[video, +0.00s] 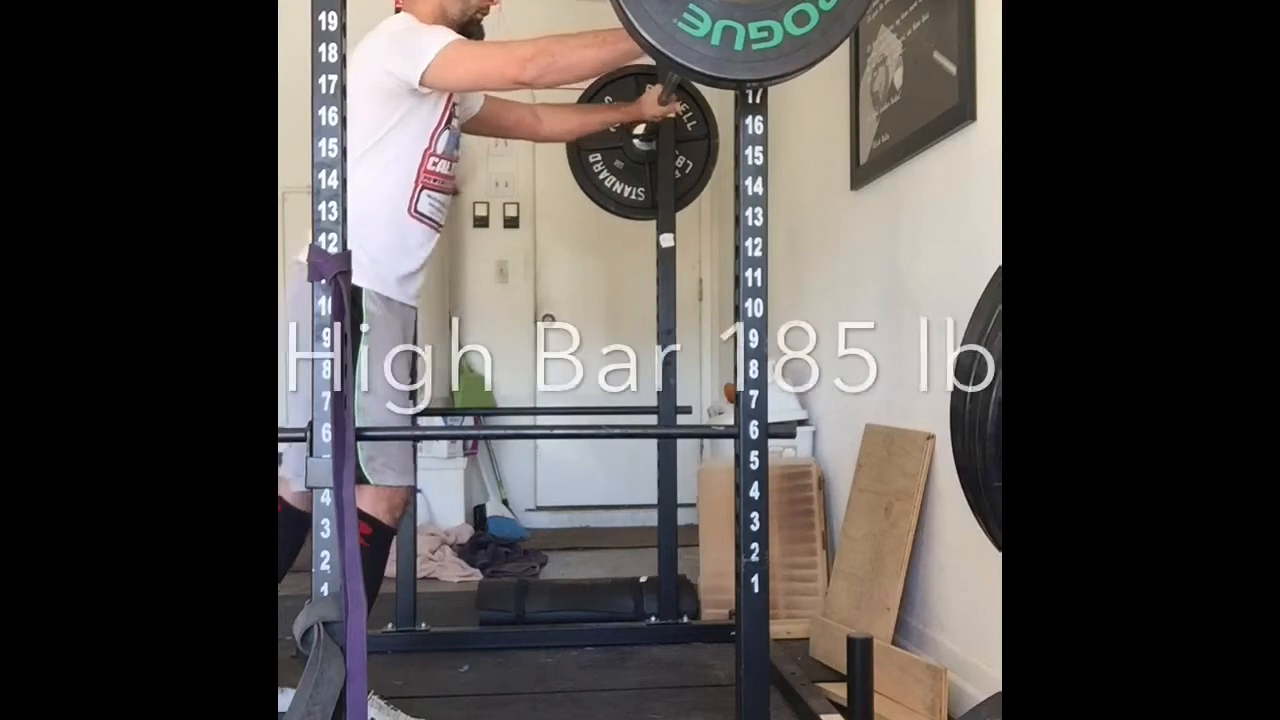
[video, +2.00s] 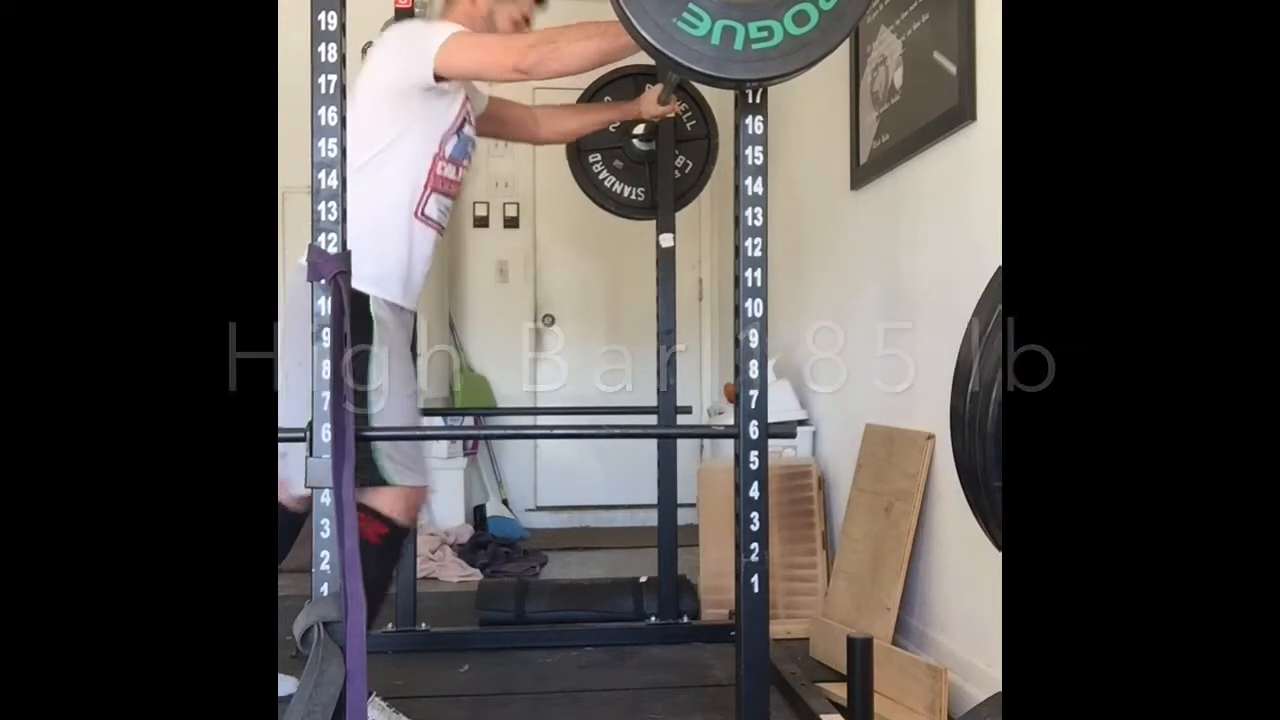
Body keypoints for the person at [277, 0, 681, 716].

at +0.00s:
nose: (492, 7)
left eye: (491, 2)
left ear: (420, 1)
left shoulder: (426, 73)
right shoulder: (400, 41)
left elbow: (529, 120)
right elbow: (528, 66)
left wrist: (637, 112)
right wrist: (655, 35)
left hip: (356, 300)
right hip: (360, 301)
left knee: (299, 485)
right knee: (384, 488)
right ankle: (332, 685)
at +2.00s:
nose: (527, 25)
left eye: (532, 16)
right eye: (524, 11)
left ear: (483, 15)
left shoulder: (454, 92)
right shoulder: (409, 44)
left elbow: (539, 124)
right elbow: (532, 58)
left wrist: (636, 110)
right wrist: (654, 28)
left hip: (373, 303)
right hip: (354, 299)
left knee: (295, 486)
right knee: (396, 492)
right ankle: (331, 683)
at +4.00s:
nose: (761, 41)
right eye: (752, 29)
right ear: (722, 24)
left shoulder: (702, 99)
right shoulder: (679, 77)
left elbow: (581, 176)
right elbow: (575, 128)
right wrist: (659, 48)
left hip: (627, 309)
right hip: (618, 311)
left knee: (671, 487)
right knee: (709, 492)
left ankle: (627, 650)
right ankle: (651, 694)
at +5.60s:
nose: (764, 46)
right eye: (754, 32)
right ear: (724, 27)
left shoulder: (703, 100)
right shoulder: (683, 78)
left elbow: (579, 174)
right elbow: (572, 125)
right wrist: (657, 47)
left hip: (628, 307)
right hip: (614, 307)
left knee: (671, 486)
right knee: (707, 488)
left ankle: (630, 654)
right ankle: (650, 693)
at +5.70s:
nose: (763, 49)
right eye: (754, 35)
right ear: (725, 30)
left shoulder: (703, 103)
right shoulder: (683, 79)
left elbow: (580, 175)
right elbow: (572, 126)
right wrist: (657, 48)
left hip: (626, 306)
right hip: (616, 307)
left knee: (671, 487)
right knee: (707, 489)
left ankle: (630, 654)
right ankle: (651, 693)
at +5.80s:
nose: (765, 46)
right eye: (756, 32)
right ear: (726, 28)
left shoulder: (704, 104)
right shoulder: (684, 81)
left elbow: (579, 174)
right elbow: (572, 129)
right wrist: (660, 50)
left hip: (626, 307)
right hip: (615, 307)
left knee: (670, 486)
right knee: (708, 490)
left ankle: (630, 654)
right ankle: (652, 694)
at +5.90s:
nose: (762, 43)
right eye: (753, 31)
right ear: (723, 27)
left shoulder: (702, 102)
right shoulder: (684, 82)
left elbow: (578, 174)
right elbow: (571, 131)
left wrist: (682, 186)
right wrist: (660, 52)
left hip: (624, 307)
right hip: (615, 308)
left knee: (669, 486)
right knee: (708, 489)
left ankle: (629, 654)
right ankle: (651, 693)